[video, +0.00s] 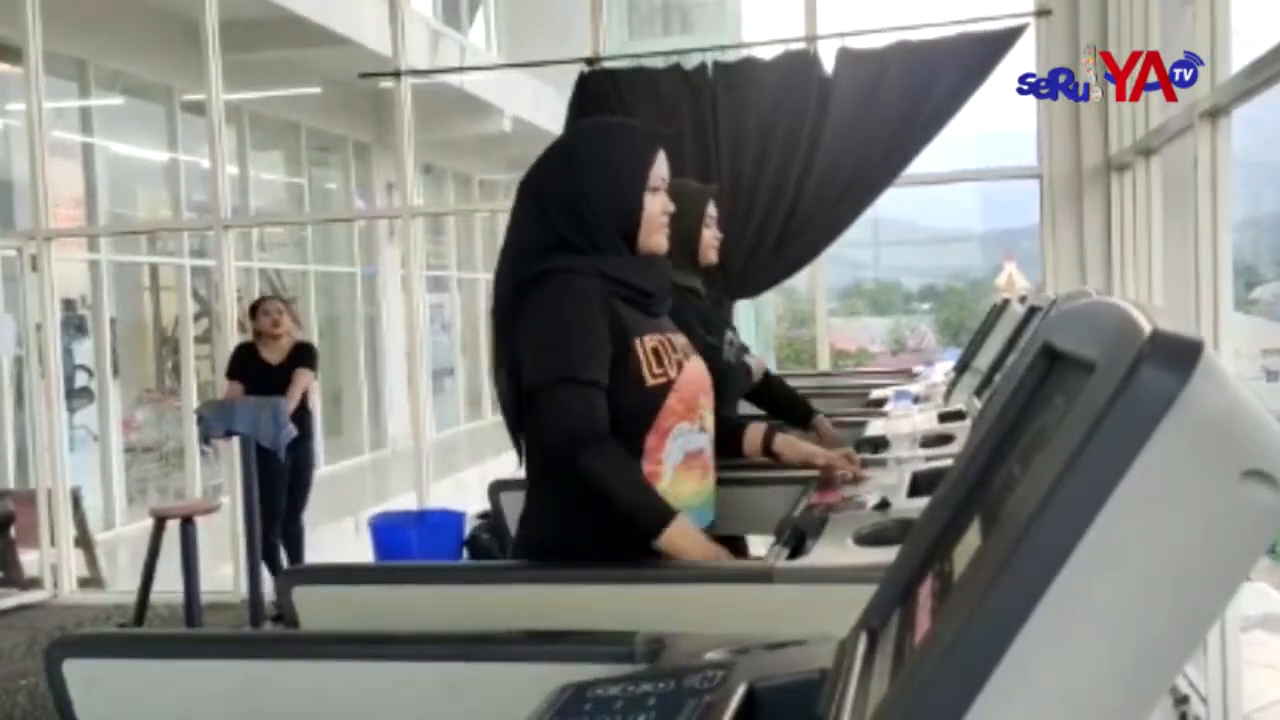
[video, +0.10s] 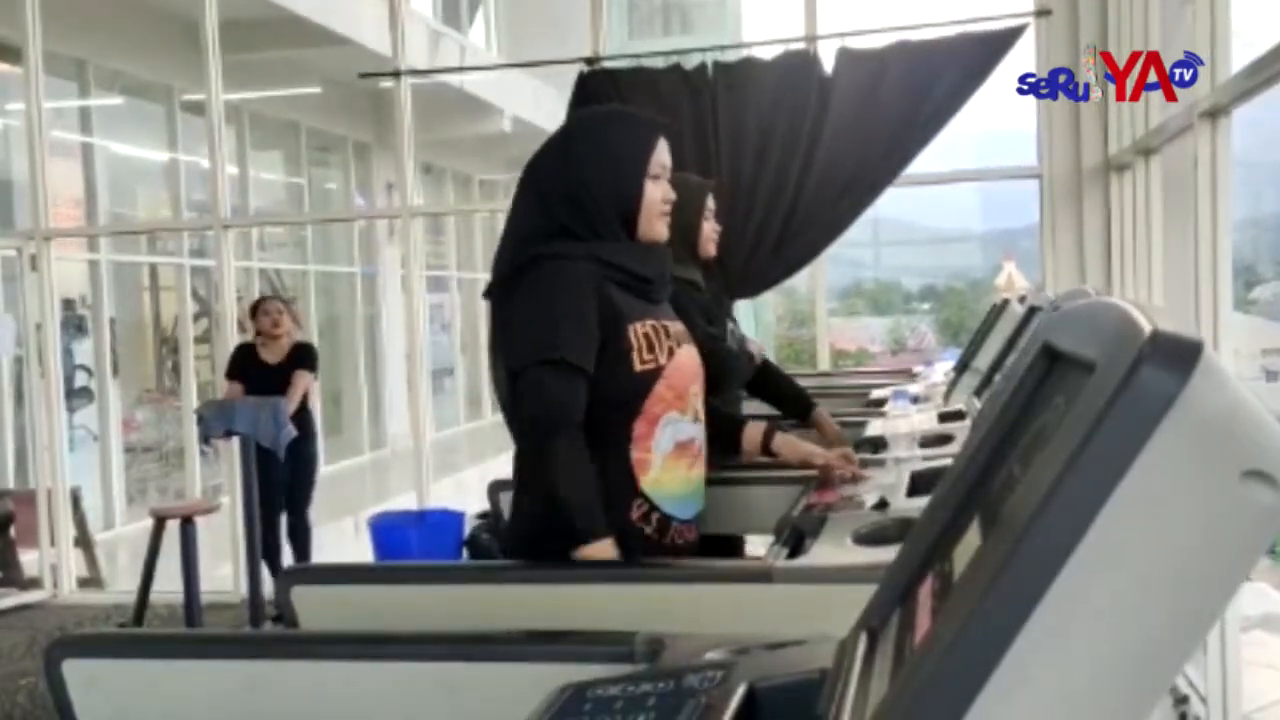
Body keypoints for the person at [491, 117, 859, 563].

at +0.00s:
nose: (669, 206)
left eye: (666, 190)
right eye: (655, 190)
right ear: (608, 193)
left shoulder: (638, 294)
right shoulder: (568, 296)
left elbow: (682, 418)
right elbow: (579, 450)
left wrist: (778, 444)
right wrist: (699, 550)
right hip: (596, 574)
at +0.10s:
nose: (671, 194)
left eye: (669, 178)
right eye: (656, 177)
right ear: (608, 180)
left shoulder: (637, 278)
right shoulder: (560, 280)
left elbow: (670, 415)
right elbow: (551, 434)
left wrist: (778, 443)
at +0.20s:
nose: (670, 195)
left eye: (668, 179)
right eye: (656, 179)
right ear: (608, 181)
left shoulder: (641, 283)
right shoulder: (553, 284)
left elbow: (668, 417)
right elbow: (524, 431)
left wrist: (774, 442)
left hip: (648, 548)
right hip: (579, 559)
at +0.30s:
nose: (670, 207)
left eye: (668, 191)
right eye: (655, 191)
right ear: (606, 193)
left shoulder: (639, 293)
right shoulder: (548, 297)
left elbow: (659, 425)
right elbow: (501, 442)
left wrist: (770, 443)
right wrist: (460, 563)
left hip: (637, 559)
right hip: (562, 572)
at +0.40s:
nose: (668, 218)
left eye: (666, 203)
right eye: (654, 203)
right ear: (604, 205)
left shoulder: (634, 307)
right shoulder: (547, 312)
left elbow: (660, 431)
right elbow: (499, 461)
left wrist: (770, 447)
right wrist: (461, 578)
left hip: (651, 566)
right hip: (580, 577)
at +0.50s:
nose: (665, 211)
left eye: (662, 195)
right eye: (651, 195)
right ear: (603, 198)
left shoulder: (633, 299)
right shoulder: (551, 309)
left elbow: (672, 425)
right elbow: (523, 464)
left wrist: (783, 452)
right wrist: (504, 589)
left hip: (658, 558)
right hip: (587, 572)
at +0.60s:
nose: (658, 207)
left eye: (656, 190)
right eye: (645, 189)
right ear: (597, 190)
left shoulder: (624, 288)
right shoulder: (552, 295)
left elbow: (672, 413)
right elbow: (548, 459)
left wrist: (794, 454)